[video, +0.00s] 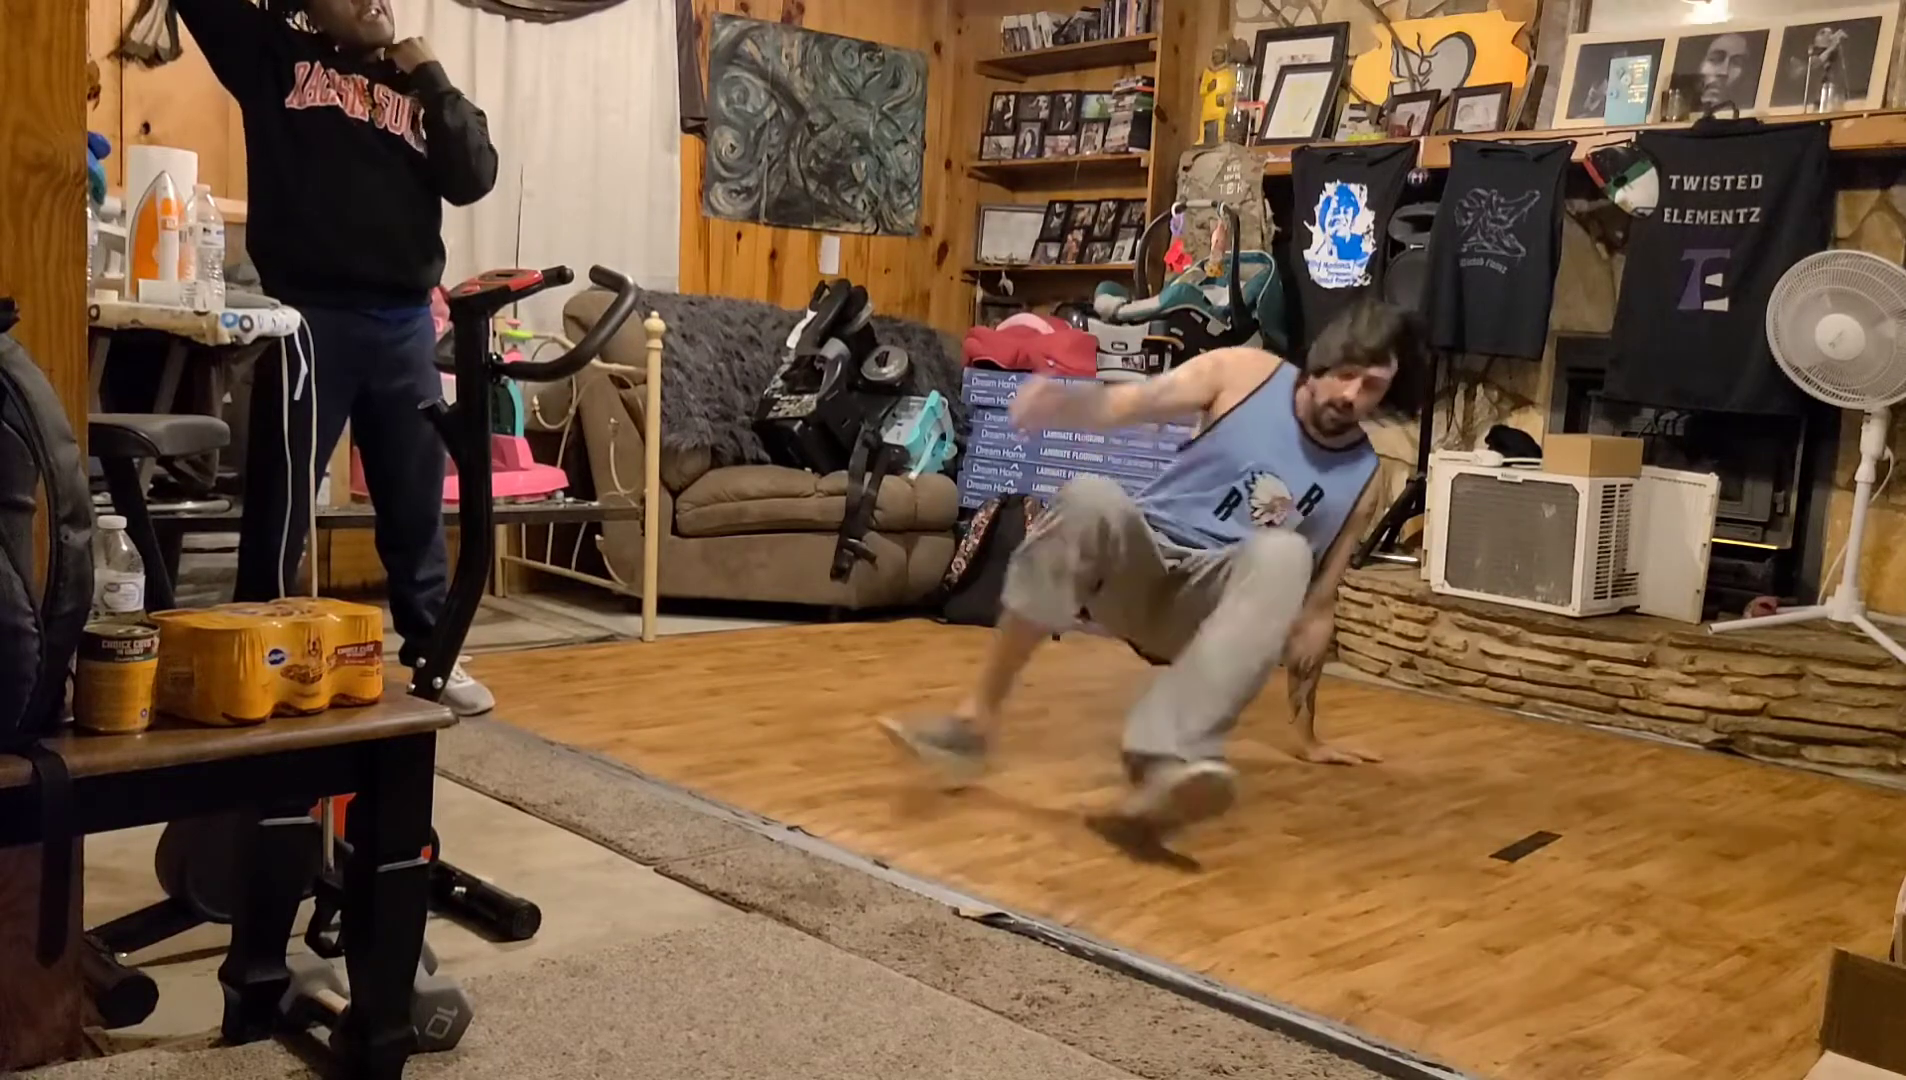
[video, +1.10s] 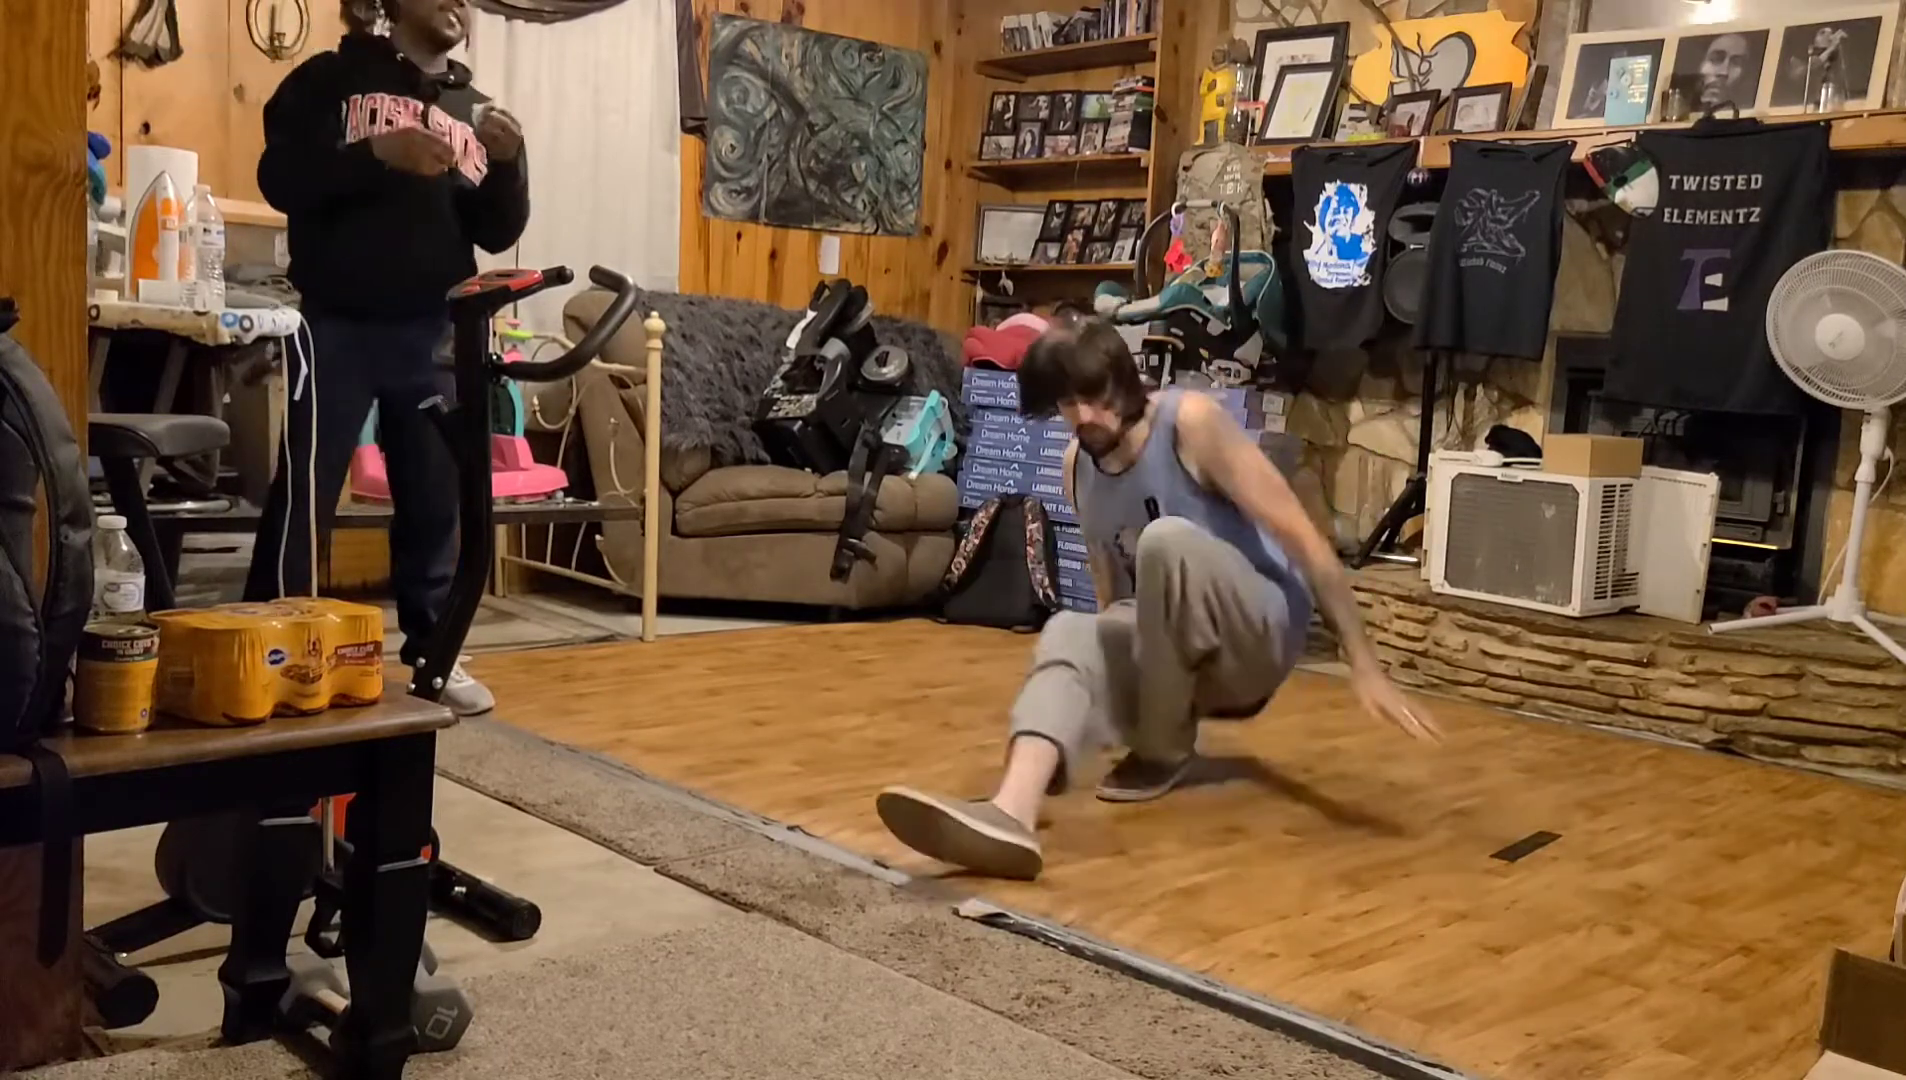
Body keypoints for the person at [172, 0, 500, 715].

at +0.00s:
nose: (378, 3)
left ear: (385, 8)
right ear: (310, 10)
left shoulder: (419, 86)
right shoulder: (272, 56)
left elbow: (472, 181)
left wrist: (430, 79)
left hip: (403, 324)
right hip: (306, 319)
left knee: (415, 502)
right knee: (280, 502)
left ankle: (433, 657)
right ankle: (256, 661)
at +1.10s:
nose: (459, 8)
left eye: (462, 1)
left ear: (462, 14)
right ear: (394, 3)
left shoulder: (467, 105)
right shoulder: (327, 80)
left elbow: (495, 230)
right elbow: (282, 179)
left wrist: (507, 164)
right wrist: (375, 152)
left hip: (433, 330)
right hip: (337, 326)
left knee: (436, 501)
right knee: (306, 495)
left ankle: (432, 658)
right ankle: (265, 656)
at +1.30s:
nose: (484, 4)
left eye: (494, 1)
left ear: (504, 26)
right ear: (426, 5)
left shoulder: (521, 130)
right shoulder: (357, 84)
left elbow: (546, 239)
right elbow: (294, 174)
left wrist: (506, 223)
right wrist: (373, 195)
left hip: (454, 335)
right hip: (356, 326)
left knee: (445, 502)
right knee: (320, 488)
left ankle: (434, 659)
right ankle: (274, 650)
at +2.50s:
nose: (335, 0)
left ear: (393, 9)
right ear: (312, 4)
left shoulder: (436, 106)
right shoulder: (270, 93)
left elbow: (458, 236)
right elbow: (249, 204)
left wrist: (417, 331)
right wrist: (183, 225)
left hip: (409, 329)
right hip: (307, 329)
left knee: (427, 499)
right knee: (307, 498)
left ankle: (434, 660)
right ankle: (300, 659)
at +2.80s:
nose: (286, 8)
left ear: (343, 4)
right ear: (256, 8)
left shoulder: (398, 94)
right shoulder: (231, 101)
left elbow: (436, 220)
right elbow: (201, 220)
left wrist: (392, 320)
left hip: (398, 318)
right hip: (295, 324)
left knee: (435, 487)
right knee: (304, 498)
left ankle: (444, 655)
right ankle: (299, 661)